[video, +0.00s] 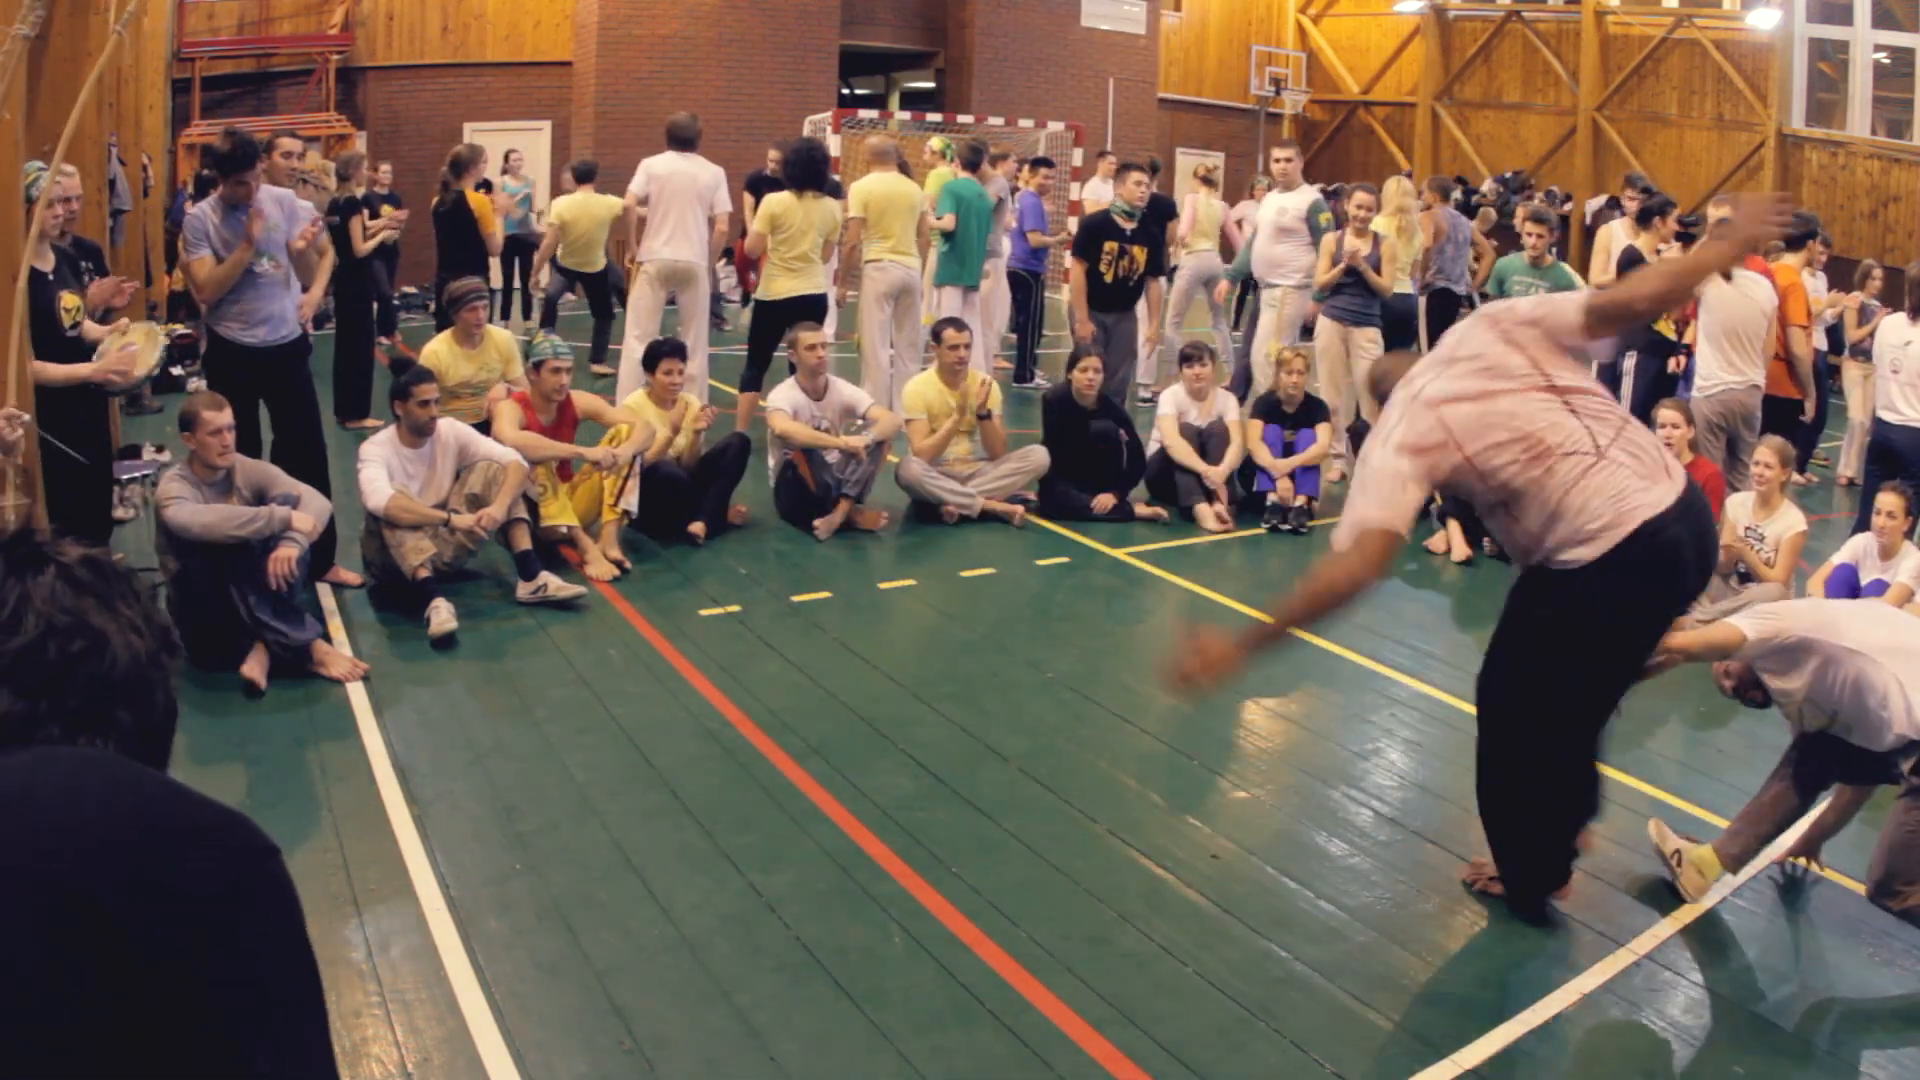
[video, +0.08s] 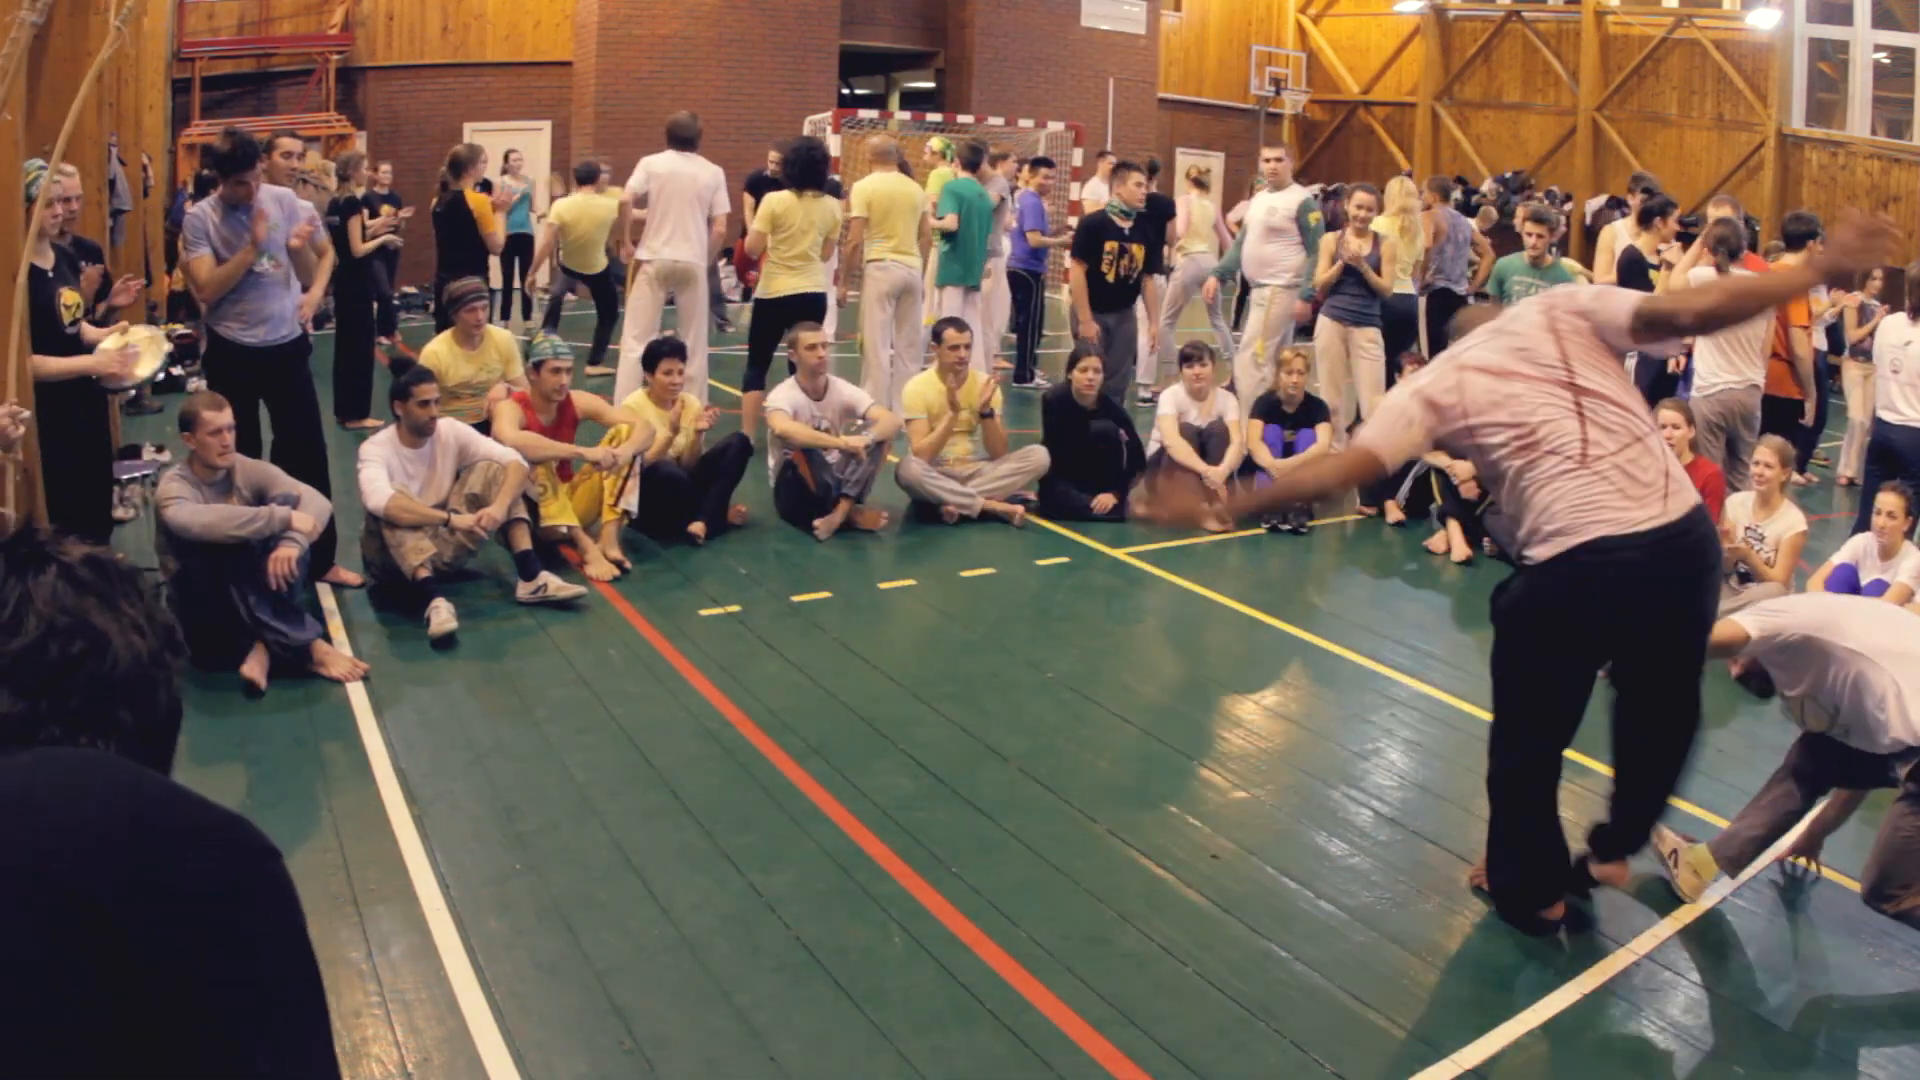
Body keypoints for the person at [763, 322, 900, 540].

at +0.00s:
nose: (821, 355)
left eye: (823, 347)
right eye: (811, 349)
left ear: (828, 349)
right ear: (793, 355)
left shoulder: (841, 388)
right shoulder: (782, 394)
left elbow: (891, 420)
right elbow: (782, 429)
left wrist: (866, 438)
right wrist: (840, 443)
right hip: (797, 494)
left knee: (879, 438)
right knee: (803, 450)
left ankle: (840, 512)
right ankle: (850, 512)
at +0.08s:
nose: (821, 355)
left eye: (824, 347)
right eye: (811, 348)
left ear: (829, 348)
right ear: (793, 355)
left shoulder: (840, 388)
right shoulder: (782, 394)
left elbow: (891, 421)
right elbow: (782, 429)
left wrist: (866, 438)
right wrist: (840, 443)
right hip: (797, 495)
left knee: (879, 438)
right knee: (804, 452)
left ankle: (840, 512)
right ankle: (850, 512)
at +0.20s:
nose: (822, 354)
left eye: (825, 346)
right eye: (812, 348)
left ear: (830, 348)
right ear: (793, 354)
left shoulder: (840, 388)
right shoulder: (782, 394)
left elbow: (892, 421)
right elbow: (784, 430)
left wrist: (868, 437)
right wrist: (842, 443)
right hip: (796, 497)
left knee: (877, 435)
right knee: (806, 452)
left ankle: (839, 512)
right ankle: (850, 512)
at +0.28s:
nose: (822, 354)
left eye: (825, 346)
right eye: (812, 348)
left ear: (831, 348)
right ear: (793, 354)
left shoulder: (841, 388)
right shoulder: (783, 394)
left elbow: (891, 420)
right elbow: (784, 429)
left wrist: (868, 438)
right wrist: (842, 443)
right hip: (796, 497)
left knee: (877, 435)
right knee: (806, 451)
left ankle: (839, 512)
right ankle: (851, 512)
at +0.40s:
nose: (823, 354)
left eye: (826, 346)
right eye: (813, 347)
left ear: (831, 348)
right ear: (793, 354)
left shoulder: (841, 388)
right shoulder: (783, 394)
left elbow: (892, 421)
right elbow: (784, 430)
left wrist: (868, 437)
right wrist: (842, 443)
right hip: (796, 498)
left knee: (878, 435)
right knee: (806, 451)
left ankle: (840, 512)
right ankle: (850, 511)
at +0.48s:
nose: (823, 354)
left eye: (826, 346)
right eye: (813, 347)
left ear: (831, 348)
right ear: (794, 354)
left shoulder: (841, 388)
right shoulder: (783, 394)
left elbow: (892, 420)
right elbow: (784, 429)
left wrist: (868, 437)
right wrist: (842, 442)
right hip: (796, 498)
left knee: (878, 435)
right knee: (806, 451)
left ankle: (840, 512)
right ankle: (851, 512)